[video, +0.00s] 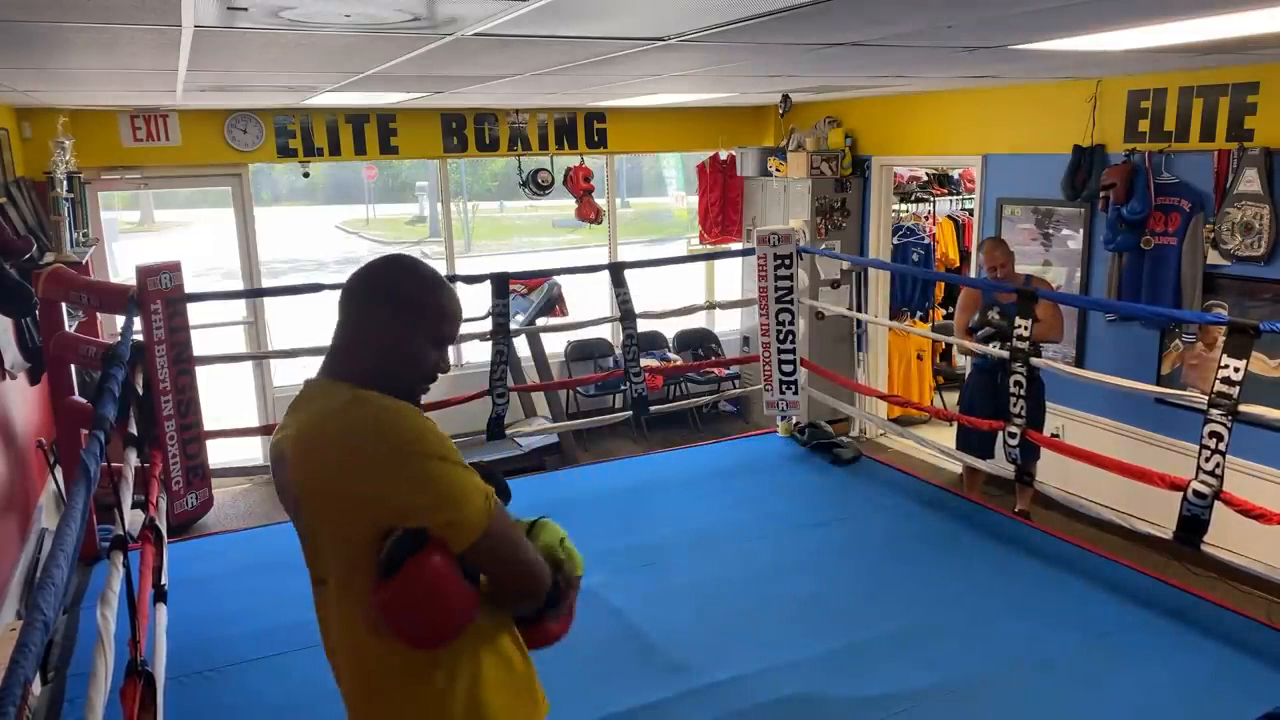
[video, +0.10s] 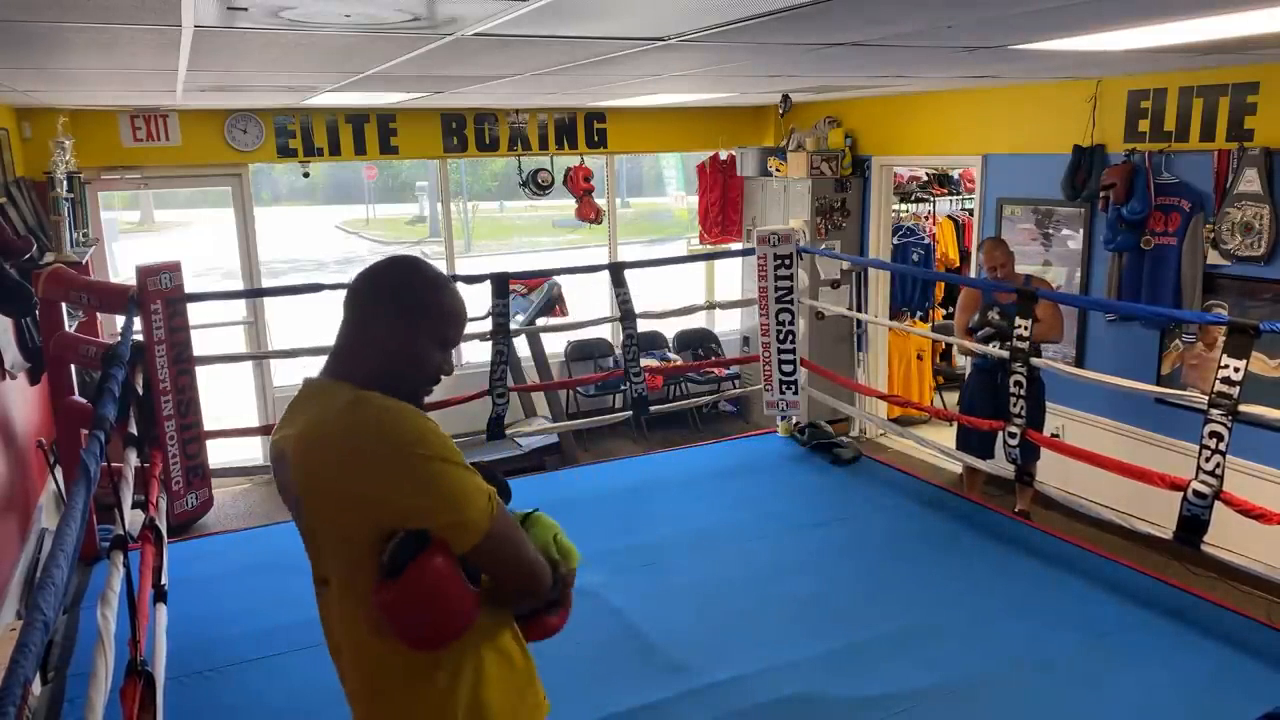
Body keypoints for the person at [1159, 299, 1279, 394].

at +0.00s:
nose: (1220, 327)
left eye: (1223, 322)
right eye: (1215, 322)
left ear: (1226, 327)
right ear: (1201, 325)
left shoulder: (1231, 349)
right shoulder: (1189, 349)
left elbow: (1270, 368)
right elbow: (1162, 369)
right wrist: (1180, 351)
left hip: (1219, 405)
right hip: (1189, 400)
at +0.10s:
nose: (1220, 327)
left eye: (1223, 322)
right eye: (1215, 322)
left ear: (1226, 327)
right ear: (1201, 325)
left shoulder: (1231, 349)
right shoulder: (1189, 349)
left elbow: (1270, 368)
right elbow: (1162, 369)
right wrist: (1181, 352)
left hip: (1219, 405)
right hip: (1189, 400)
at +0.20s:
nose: (1220, 327)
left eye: (1223, 323)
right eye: (1215, 322)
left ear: (1226, 327)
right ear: (1201, 325)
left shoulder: (1231, 349)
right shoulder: (1189, 349)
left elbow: (1270, 368)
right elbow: (1162, 369)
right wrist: (1180, 351)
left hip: (1218, 405)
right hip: (1189, 400)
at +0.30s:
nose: (1220, 327)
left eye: (1223, 323)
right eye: (1215, 322)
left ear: (1226, 327)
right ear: (1201, 325)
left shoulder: (1231, 349)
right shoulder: (1189, 349)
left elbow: (1270, 368)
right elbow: (1162, 369)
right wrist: (1180, 351)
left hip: (1218, 405)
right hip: (1189, 400)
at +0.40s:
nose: (1220, 327)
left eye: (1223, 323)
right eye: (1215, 322)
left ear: (1226, 327)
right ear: (1201, 325)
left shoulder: (1231, 349)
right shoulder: (1189, 349)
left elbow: (1270, 368)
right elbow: (1162, 369)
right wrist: (1180, 351)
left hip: (1218, 405)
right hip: (1189, 400)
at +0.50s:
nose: (1220, 327)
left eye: (1223, 323)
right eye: (1215, 322)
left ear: (1226, 327)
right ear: (1201, 325)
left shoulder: (1231, 349)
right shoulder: (1189, 349)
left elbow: (1270, 368)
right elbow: (1162, 369)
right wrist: (1180, 351)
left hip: (1218, 405)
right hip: (1189, 400)